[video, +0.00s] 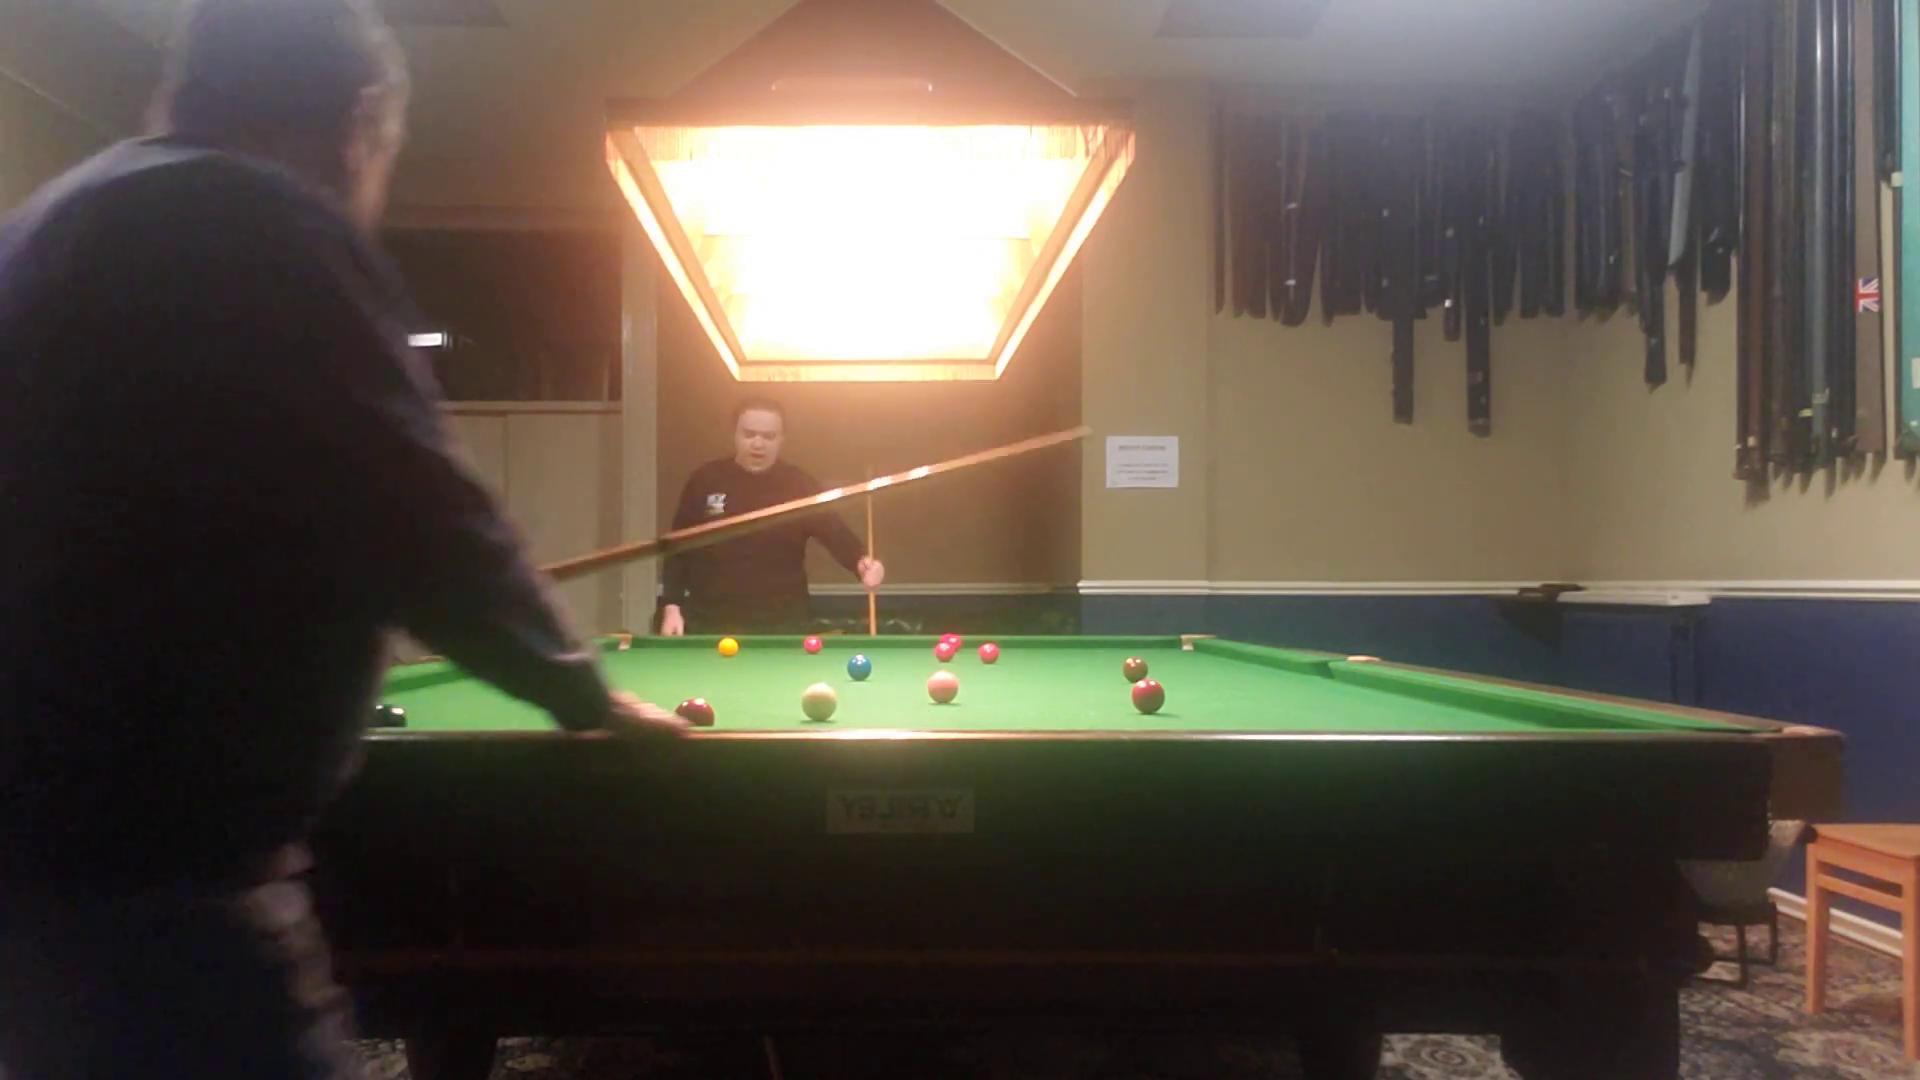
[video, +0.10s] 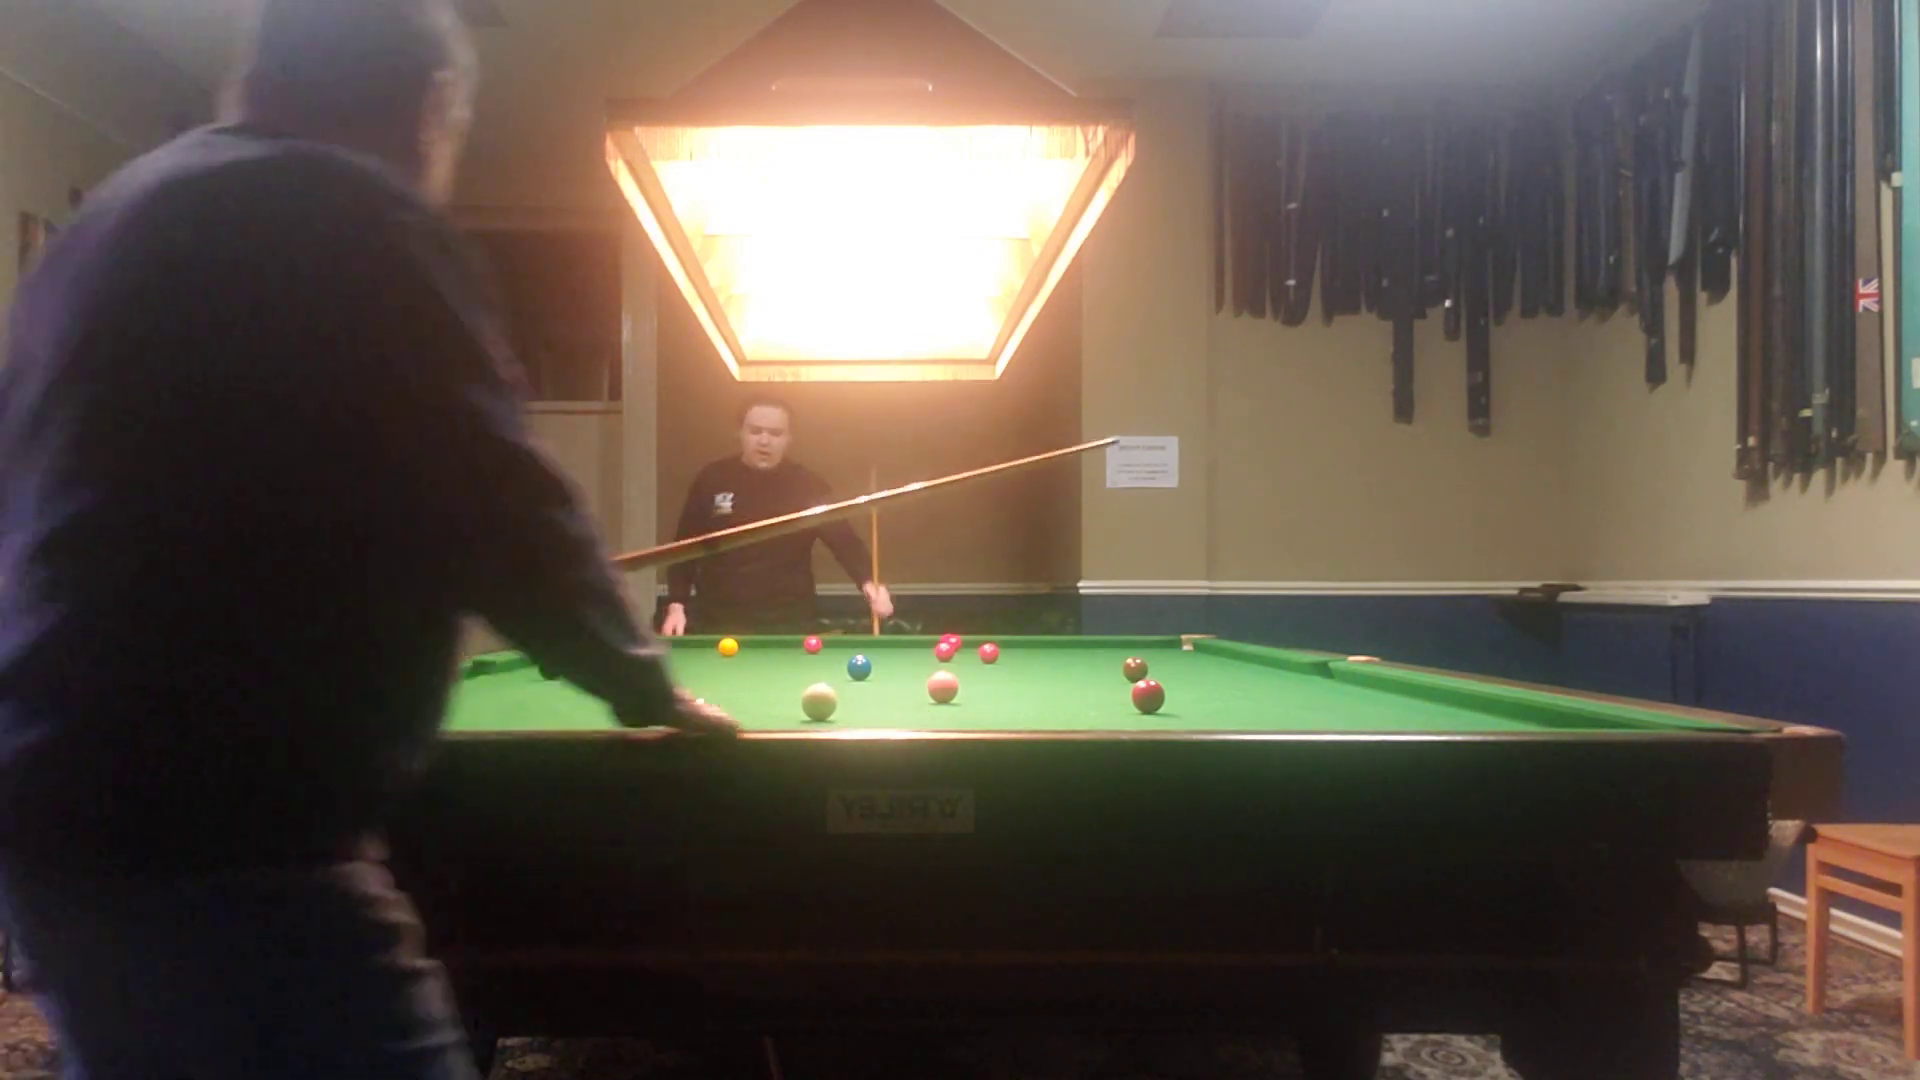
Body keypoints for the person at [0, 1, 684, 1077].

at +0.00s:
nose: (384, 176)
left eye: (393, 145)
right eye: (390, 139)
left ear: (189, 95)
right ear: (354, 121)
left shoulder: (43, 228)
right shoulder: (281, 240)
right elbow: (420, 520)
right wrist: (590, 699)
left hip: (23, 845)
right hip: (188, 865)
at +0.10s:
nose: (452, 166)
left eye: (460, 135)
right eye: (456, 130)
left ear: (248, 94)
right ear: (424, 109)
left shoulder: (94, 228)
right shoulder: (368, 227)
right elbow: (498, 500)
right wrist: (646, 689)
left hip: (52, 807)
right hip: (251, 830)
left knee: (135, 1057)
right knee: (410, 1055)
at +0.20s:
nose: (526, 149)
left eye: (529, 121)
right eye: (529, 117)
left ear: (336, 88)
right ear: (500, 103)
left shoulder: (181, 219)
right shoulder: (477, 231)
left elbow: (49, 500)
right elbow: (586, 502)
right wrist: (718, 698)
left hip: (107, 789)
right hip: (336, 815)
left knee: (168, 1057)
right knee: (450, 1056)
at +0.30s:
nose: (606, 144)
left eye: (609, 121)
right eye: (607, 118)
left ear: (425, 77)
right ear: (586, 103)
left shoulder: (268, 217)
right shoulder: (577, 227)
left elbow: (115, 494)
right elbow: (700, 519)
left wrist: (266, 603)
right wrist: (782, 700)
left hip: (201, 798)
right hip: (444, 813)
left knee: (252, 1058)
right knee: (550, 1061)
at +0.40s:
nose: (692, 130)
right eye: (691, 103)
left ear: (522, 62)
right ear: (675, 88)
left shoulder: (338, 216)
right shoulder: (692, 223)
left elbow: (183, 482)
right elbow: (803, 506)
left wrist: (340, 594)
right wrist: (855, 687)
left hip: (301, 795)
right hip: (562, 809)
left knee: (333, 1059)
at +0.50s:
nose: (796, 94)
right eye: (793, 69)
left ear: (602, 52)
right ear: (771, 68)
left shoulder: (410, 193)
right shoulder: (805, 214)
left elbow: (244, 463)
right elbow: (905, 504)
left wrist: (388, 585)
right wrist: (927, 695)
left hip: (378, 781)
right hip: (636, 789)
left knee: (428, 1063)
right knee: (677, 1062)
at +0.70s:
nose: (921, 92)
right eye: (923, 75)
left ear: (725, 37)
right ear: (907, 80)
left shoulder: (544, 188)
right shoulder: (960, 222)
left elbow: (357, 455)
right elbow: (1042, 524)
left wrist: (506, 604)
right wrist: (1008, 697)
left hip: (538, 776)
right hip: (807, 782)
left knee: (549, 1065)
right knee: (786, 1063)